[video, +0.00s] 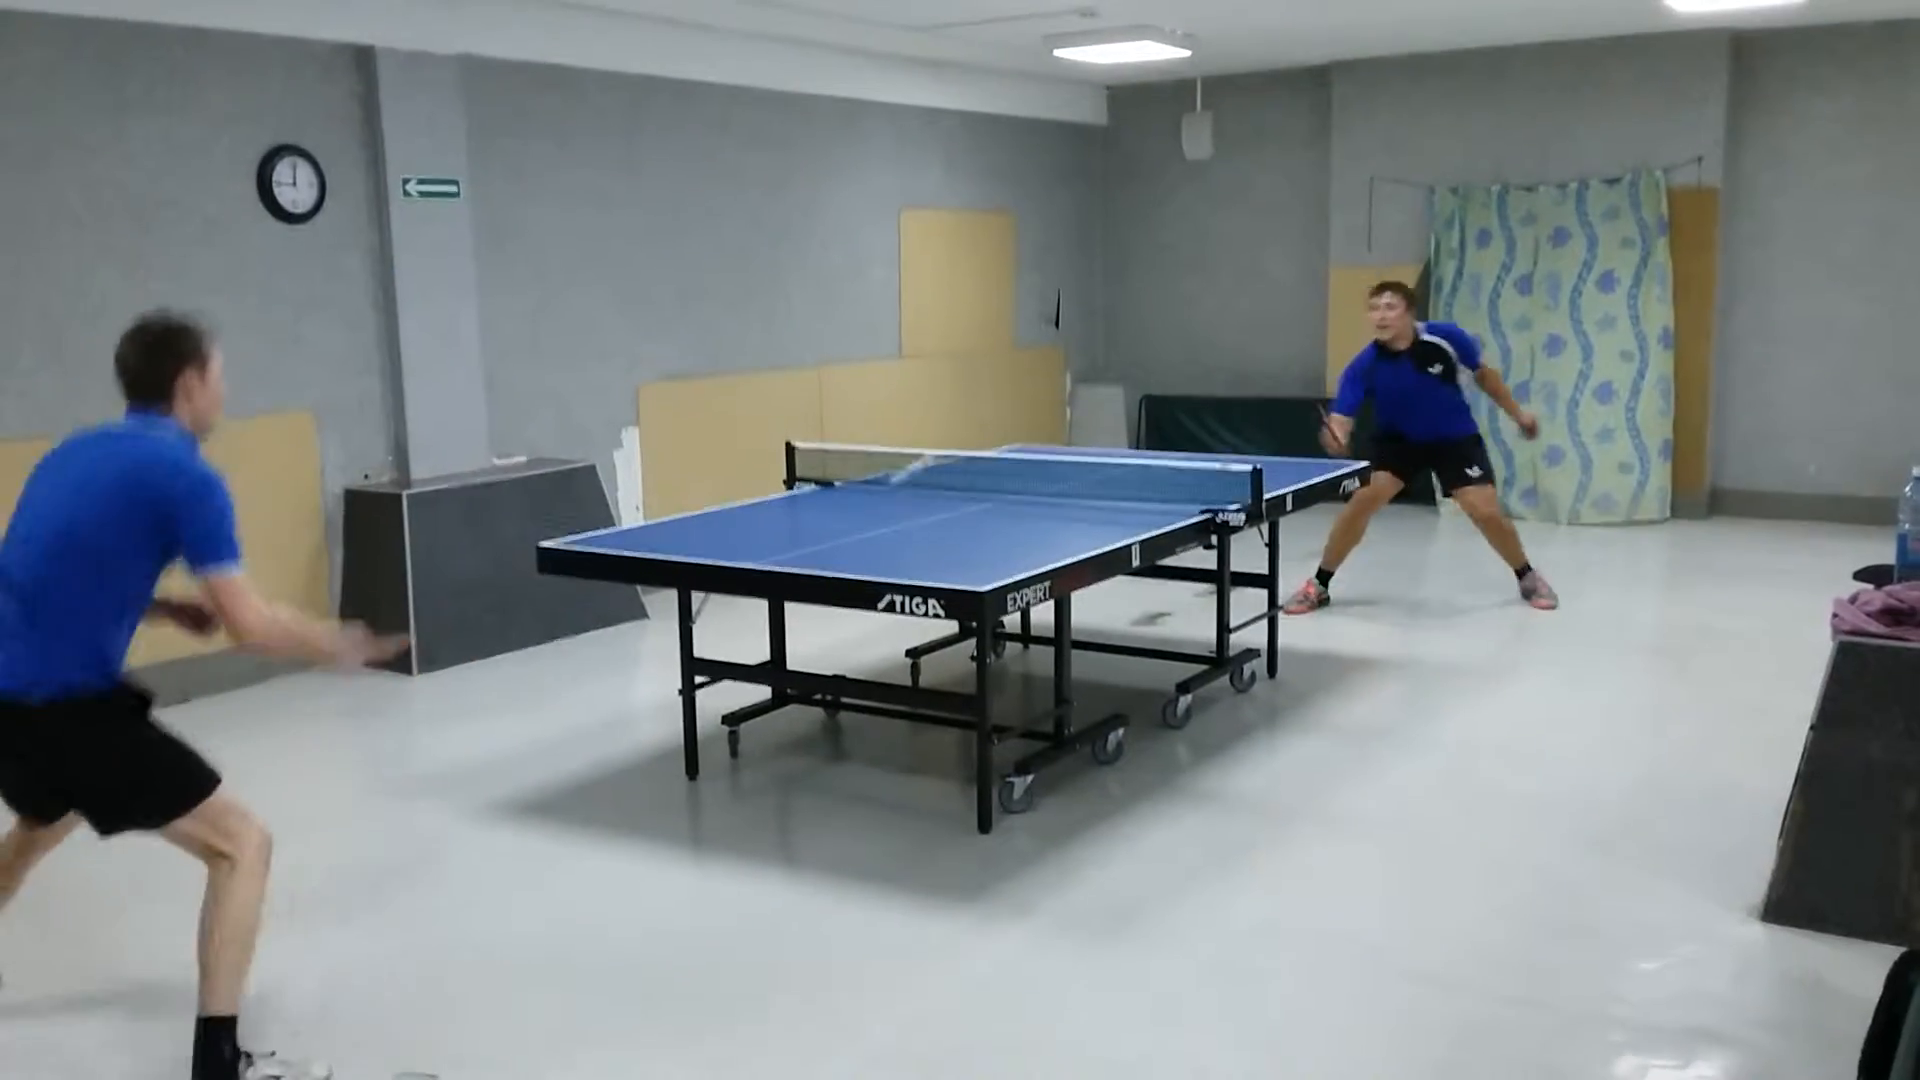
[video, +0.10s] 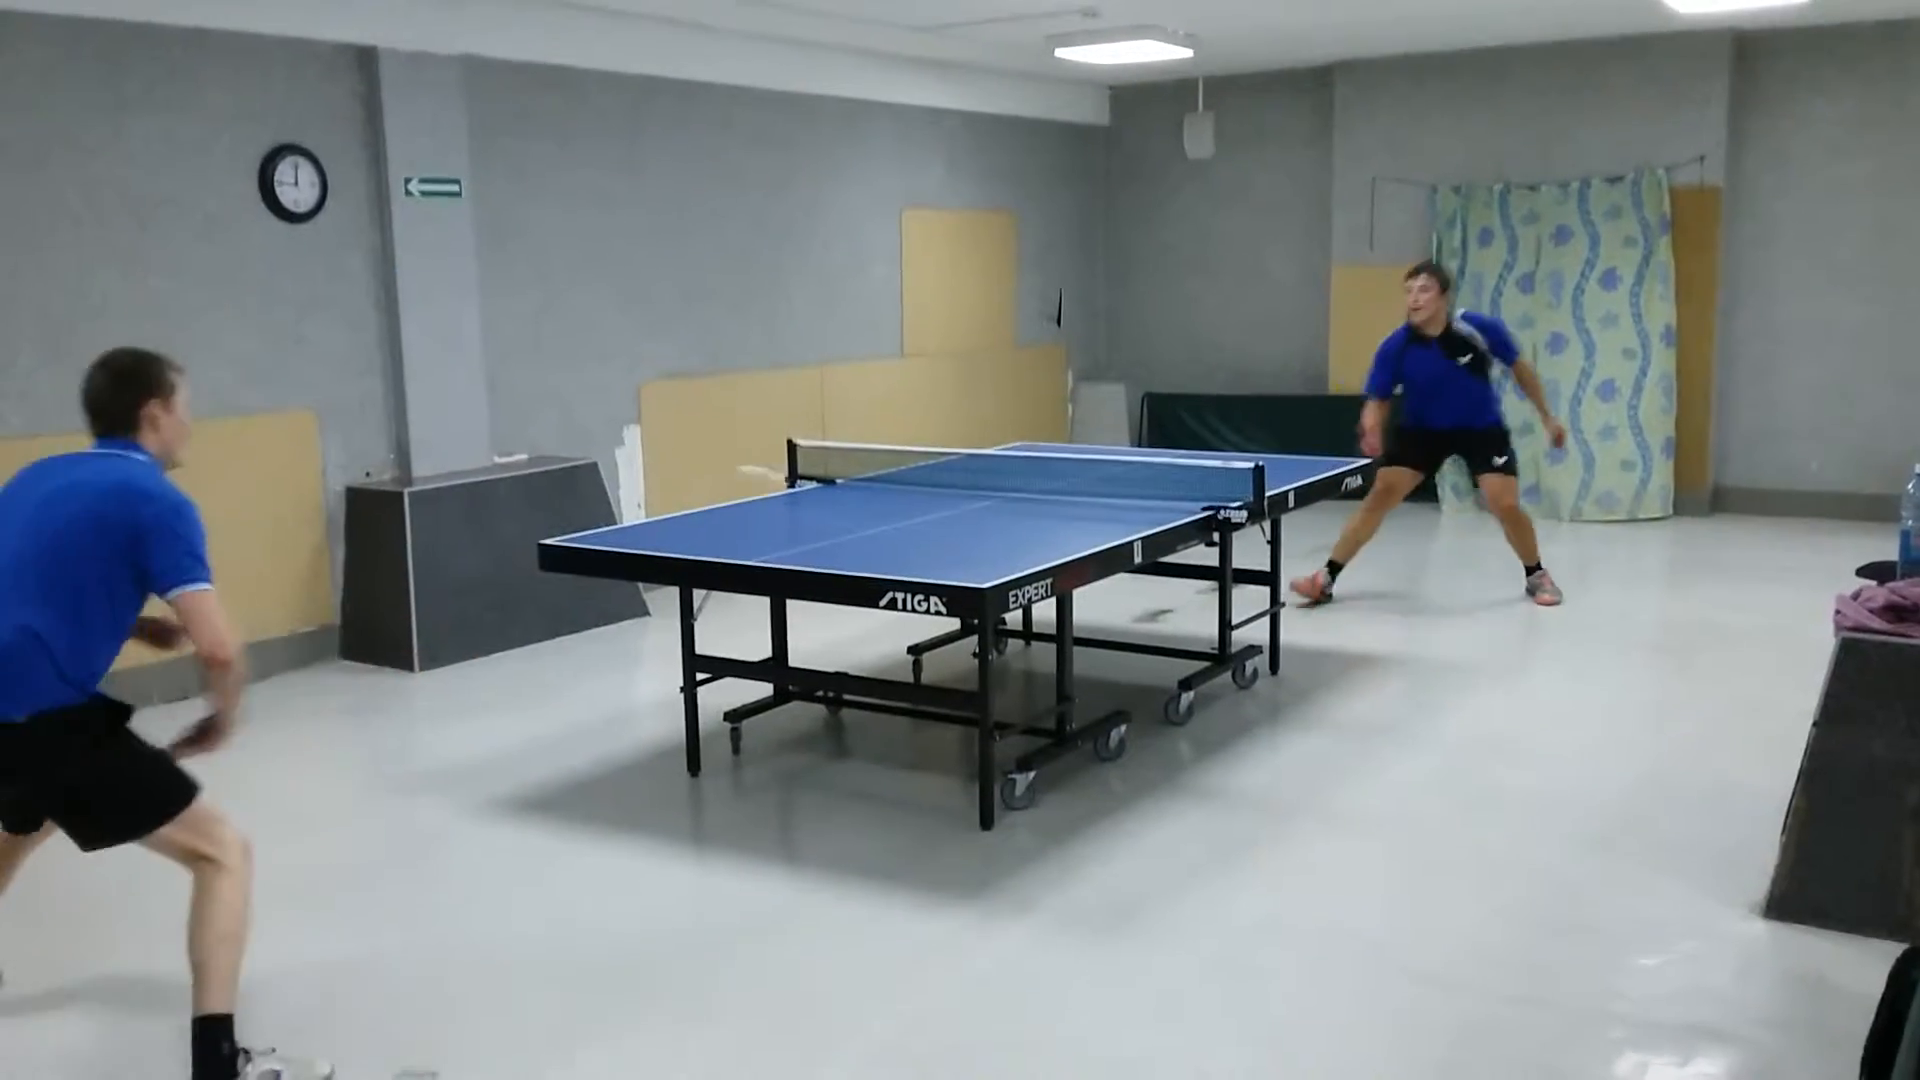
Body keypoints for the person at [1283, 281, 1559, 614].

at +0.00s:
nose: (1381, 316)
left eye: (1390, 307)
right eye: (1375, 309)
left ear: (1409, 311)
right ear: (1368, 316)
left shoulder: (1446, 340)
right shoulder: (1364, 366)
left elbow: (1484, 375)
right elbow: (1341, 420)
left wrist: (1517, 414)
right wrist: (1336, 438)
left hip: (1455, 440)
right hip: (1399, 445)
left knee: (1484, 511)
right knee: (1364, 499)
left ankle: (1527, 578)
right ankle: (1318, 585)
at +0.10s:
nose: (1414, 300)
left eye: (1424, 291)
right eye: (1410, 292)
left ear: (1444, 296)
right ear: (1404, 298)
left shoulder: (1480, 330)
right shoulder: (1396, 347)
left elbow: (1520, 370)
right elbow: (1376, 399)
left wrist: (1548, 418)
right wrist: (1372, 428)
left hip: (1481, 431)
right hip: (1422, 434)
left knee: (1504, 502)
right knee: (1382, 492)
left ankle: (1536, 576)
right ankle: (1326, 578)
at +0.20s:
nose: (1432, 279)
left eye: (1443, 272)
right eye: (1429, 272)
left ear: (1464, 279)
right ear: (1425, 279)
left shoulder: (1499, 313)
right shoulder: (1419, 325)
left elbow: (1546, 355)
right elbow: (1404, 374)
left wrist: (1563, 410)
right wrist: (1395, 404)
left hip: (1503, 419)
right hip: (1445, 420)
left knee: (1513, 493)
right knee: (1405, 481)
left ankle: (1539, 577)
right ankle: (1353, 570)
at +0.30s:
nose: (1442, 254)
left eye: (1452, 247)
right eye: (1439, 247)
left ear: (1475, 253)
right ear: (1435, 253)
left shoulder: (1512, 291)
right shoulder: (1430, 302)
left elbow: (1557, 330)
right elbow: (1415, 350)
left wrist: (1567, 382)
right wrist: (1402, 385)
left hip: (1517, 403)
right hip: (1463, 403)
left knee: (1521, 487)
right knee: (1428, 474)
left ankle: (1542, 575)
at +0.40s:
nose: (1447, 247)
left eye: (1457, 240)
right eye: (1444, 240)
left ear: (1480, 247)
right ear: (1440, 246)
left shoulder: (1515, 280)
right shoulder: (1436, 295)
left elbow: (1562, 318)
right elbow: (1420, 343)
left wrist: (1566, 371)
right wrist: (1412, 378)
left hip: (1529, 395)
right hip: (1478, 398)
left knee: (1532, 480)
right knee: (1459, 477)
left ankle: (1565, 567)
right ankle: (1472, 559)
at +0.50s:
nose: (1459, 259)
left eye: (1468, 251)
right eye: (1455, 252)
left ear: (1489, 256)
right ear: (1452, 258)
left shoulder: (1524, 290)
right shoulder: (1454, 307)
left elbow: (1575, 331)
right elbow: (1440, 354)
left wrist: (1563, 381)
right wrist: (1425, 381)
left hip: (1544, 403)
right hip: (1499, 410)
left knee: (1549, 482)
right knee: (1484, 486)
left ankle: (1605, 569)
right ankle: (1493, 566)